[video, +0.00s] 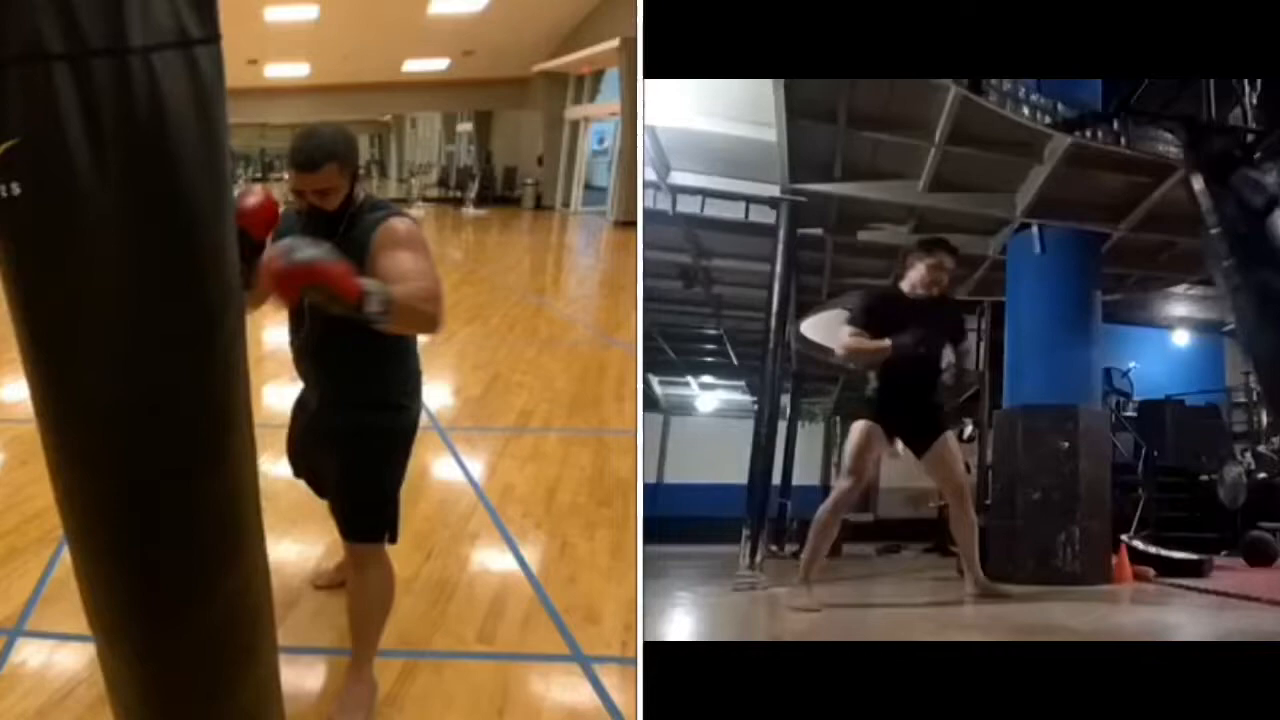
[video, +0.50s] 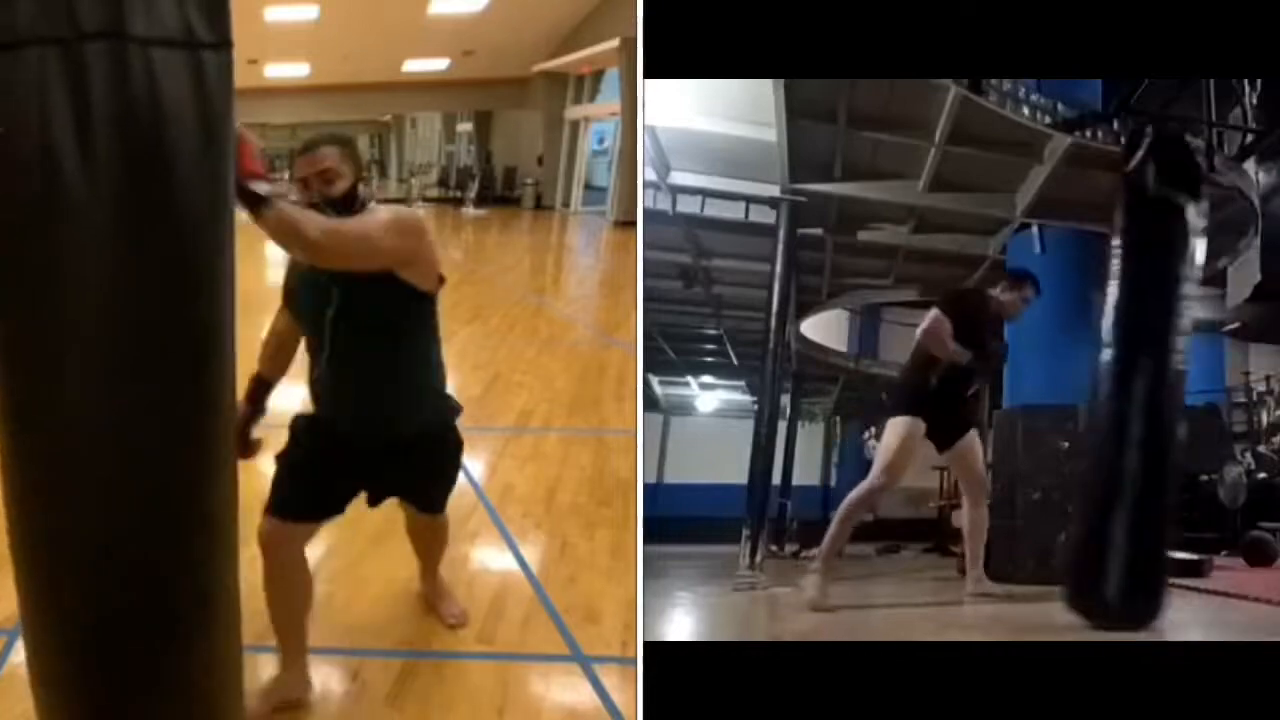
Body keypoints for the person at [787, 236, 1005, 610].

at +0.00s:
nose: (940, 277)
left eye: (947, 272)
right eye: (934, 267)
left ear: (951, 277)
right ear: (912, 264)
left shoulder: (948, 312)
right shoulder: (881, 300)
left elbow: (964, 362)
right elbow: (846, 345)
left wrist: (958, 384)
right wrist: (893, 345)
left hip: (924, 409)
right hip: (880, 406)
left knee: (959, 490)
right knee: (848, 487)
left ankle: (975, 580)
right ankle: (802, 580)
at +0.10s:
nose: (945, 282)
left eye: (953, 277)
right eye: (942, 271)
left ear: (957, 281)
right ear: (921, 264)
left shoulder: (952, 313)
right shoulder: (883, 300)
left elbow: (964, 362)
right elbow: (855, 348)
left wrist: (960, 385)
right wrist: (902, 349)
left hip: (927, 408)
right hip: (883, 405)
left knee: (961, 490)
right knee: (855, 486)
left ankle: (975, 579)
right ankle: (805, 580)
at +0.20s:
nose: (995, 294)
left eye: (997, 288)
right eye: (992, 285)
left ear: (977, 282)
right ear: (972, 276)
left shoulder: (965, 316)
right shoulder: (932, 297)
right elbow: (887, 334)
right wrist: (922, 356)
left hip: (934, 411)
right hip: (898, 404)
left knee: (963, 488)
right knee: (869, 495)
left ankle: (975, 578)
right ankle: (808, 581)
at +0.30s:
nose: (1006, 309)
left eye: (1010, 301)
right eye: (1006, 299)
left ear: (989, 290)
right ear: (990, 287)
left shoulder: (972, 321)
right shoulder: (956, 303)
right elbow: (912, 327)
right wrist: (945, 358)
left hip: (938, 412)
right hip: (908, 404)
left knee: (966, 488)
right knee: (875, 494)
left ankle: (976, 578)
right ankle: (814, 580)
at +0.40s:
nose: (1022, 317)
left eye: (1026, 312)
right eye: (1023, 308)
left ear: (1015, 306)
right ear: (1006, 295)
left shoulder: (996, 334)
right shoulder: (971, 304)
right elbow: (932, 334)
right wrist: (959, 368)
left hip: (951, 411)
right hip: (915, 400)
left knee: (972, 487)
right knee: (880, 484)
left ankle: (976, 578)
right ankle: (814, 566)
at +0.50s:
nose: (1022, 310)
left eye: (1027, 305)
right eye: (1023, 300)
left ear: (1020, 303)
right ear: (1007, 288)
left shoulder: (998, 336)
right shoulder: (969, 299)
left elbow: (979, 386)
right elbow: (929, 332)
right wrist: (962, 357)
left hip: (955, 410)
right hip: (917, 399)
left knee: (977, 489)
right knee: (881, 481)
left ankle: (976, 579)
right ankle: (820, 567)